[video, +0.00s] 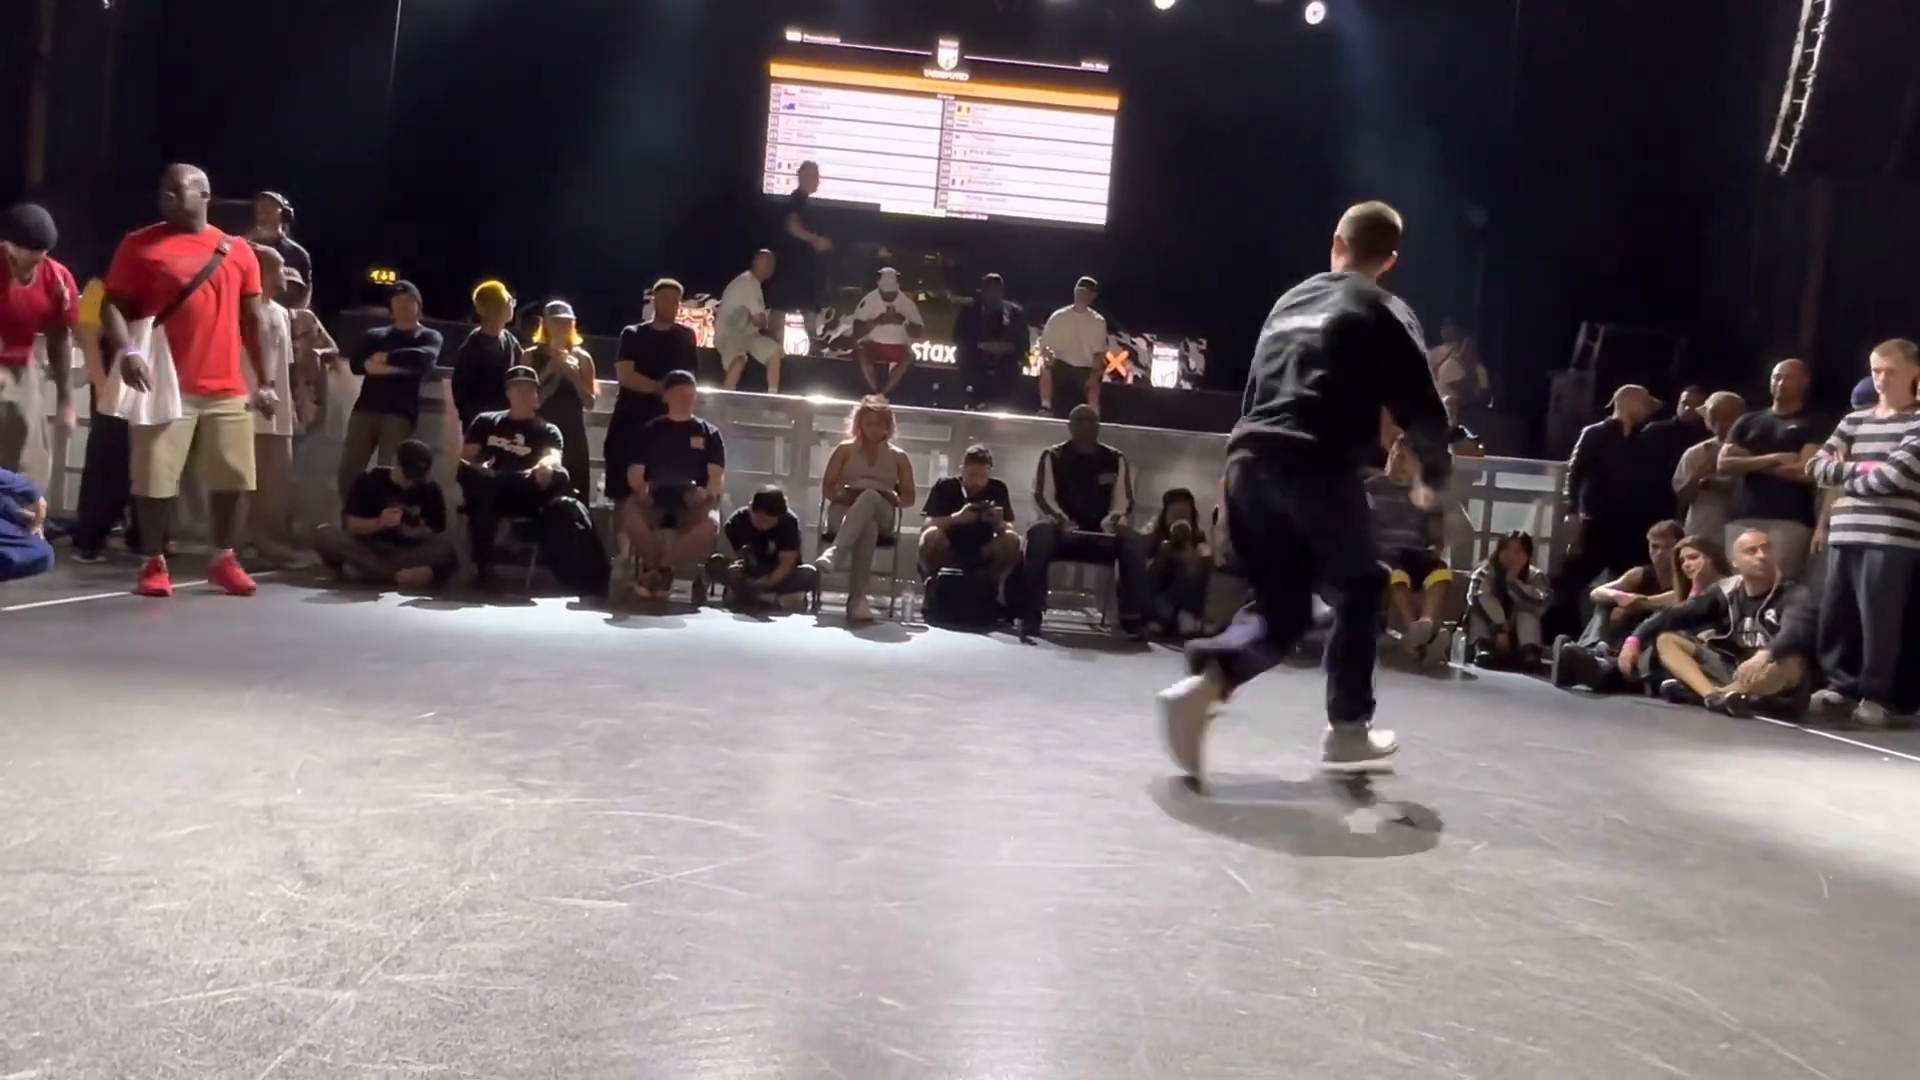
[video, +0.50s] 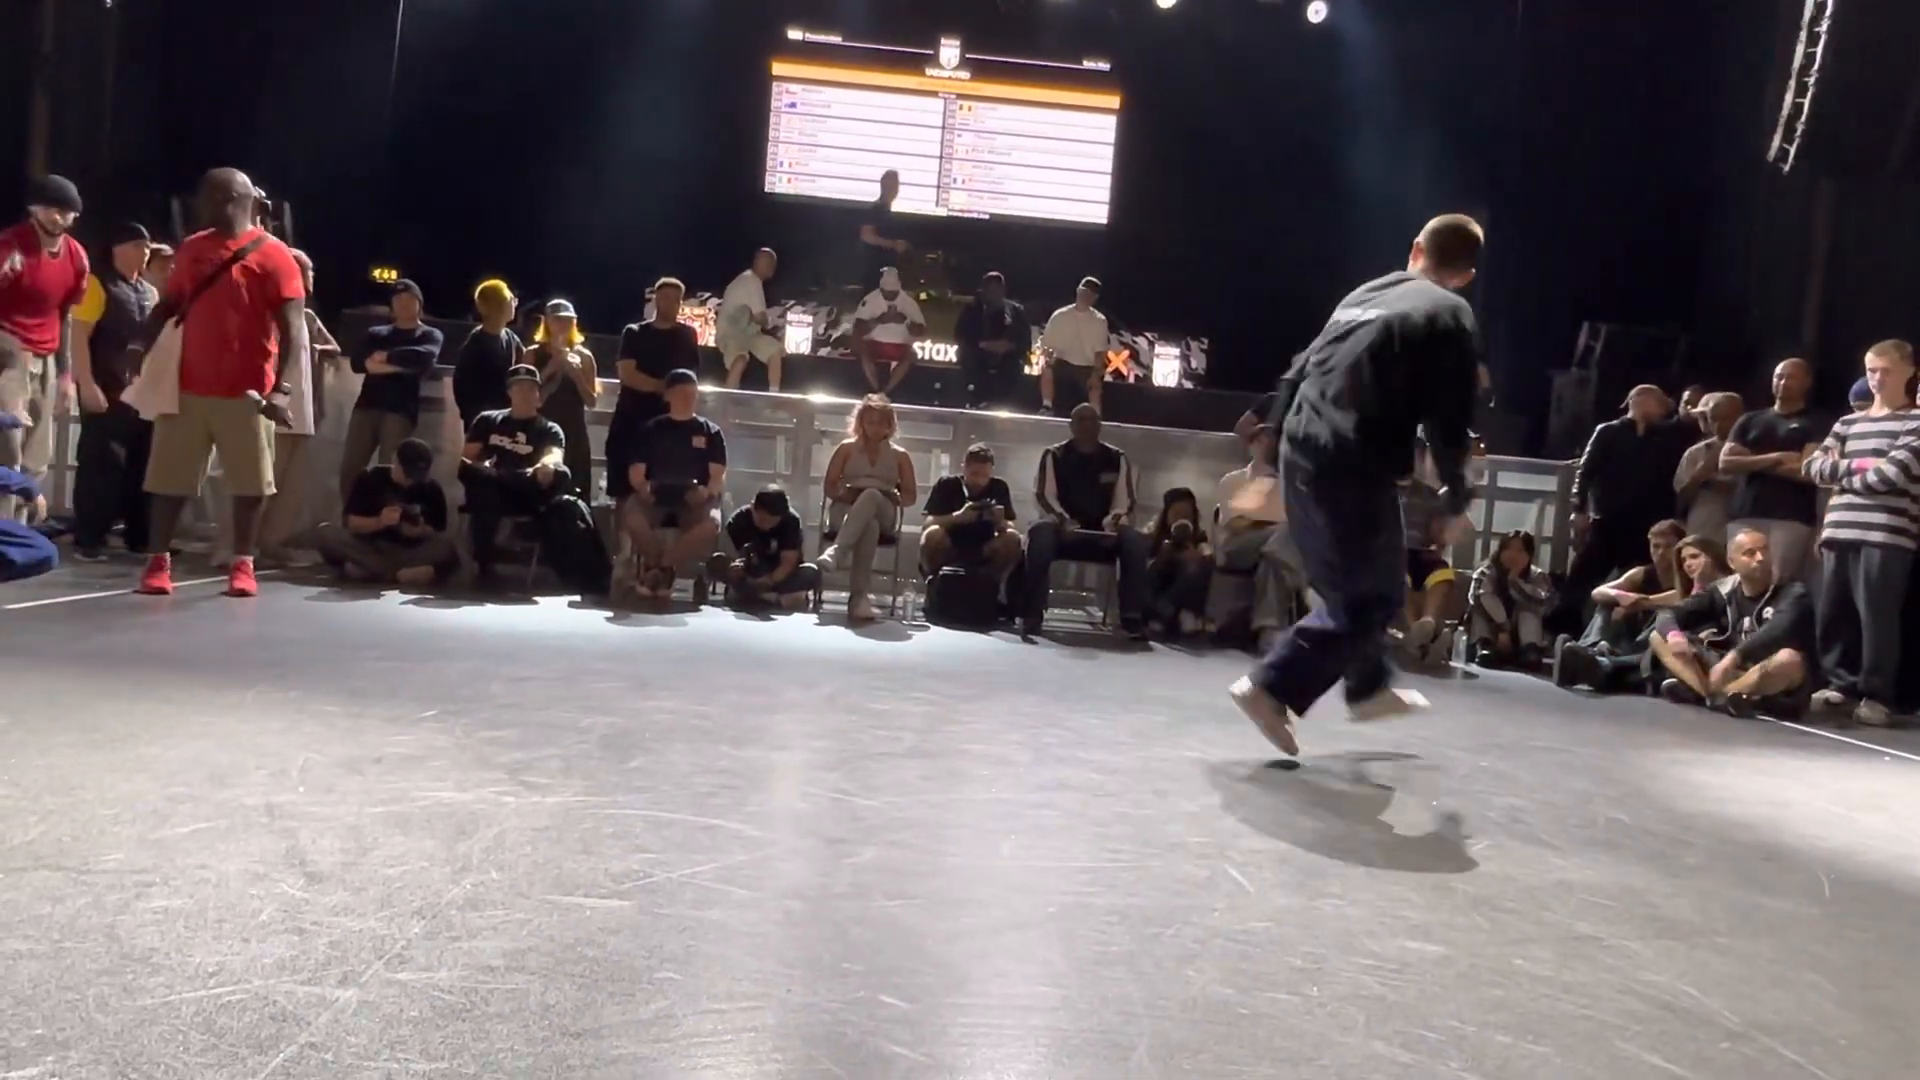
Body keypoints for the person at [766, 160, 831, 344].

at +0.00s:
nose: (817, 181)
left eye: (817, 177)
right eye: (813, 176)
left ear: (815, 178)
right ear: (802, 176)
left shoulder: (804, 203)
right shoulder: (796, 201)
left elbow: (797, 228)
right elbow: (792, 227)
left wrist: (816, 241)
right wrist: (815, 240)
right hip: (791, 261)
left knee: (811, 304)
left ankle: (814, 343)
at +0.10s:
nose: (831, 185)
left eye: (832, 181)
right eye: (827, 181)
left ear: (834, 183)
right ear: (818, 182)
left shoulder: (828, 205)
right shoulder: (816, 204)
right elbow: (811, 231)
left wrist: (836, 241)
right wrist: (834, 242)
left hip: (825, 258)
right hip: (816, 259)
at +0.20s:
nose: (849, 189)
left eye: (850, 185)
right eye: (846, 185)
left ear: (851, 186)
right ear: (837, 185)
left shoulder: (846, 210)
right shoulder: (832, 209)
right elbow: (825, 234)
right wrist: (851, 244)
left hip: (842, 269)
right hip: (831, 270)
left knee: (842, 310)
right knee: (832, 311)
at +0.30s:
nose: (865, 188)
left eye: (866, 184)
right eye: (861, 184)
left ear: (869, 185)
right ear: (853, 184)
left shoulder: (866, 211)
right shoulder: (846, 208)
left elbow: (873, 236)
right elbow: (840, 234)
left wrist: (883, 251)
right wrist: (866, 244)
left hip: (865, 264)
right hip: (849, 265)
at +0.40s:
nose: (879, 189)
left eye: (881, 184)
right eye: (876, 184)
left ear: (883, 185)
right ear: (869, 184)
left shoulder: (877, 210)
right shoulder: (860, 208)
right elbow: (853, 234)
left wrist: (884, 242)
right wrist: (880, 244)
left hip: (875, 267)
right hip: (862, 268)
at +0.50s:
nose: (895, 190)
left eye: (896, 185)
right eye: (892, 185)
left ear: (897, 186)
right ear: (884, 185)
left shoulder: (888, 212)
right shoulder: (875, 210)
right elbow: (866, 235)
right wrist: (894, 244)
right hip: (874, 269)